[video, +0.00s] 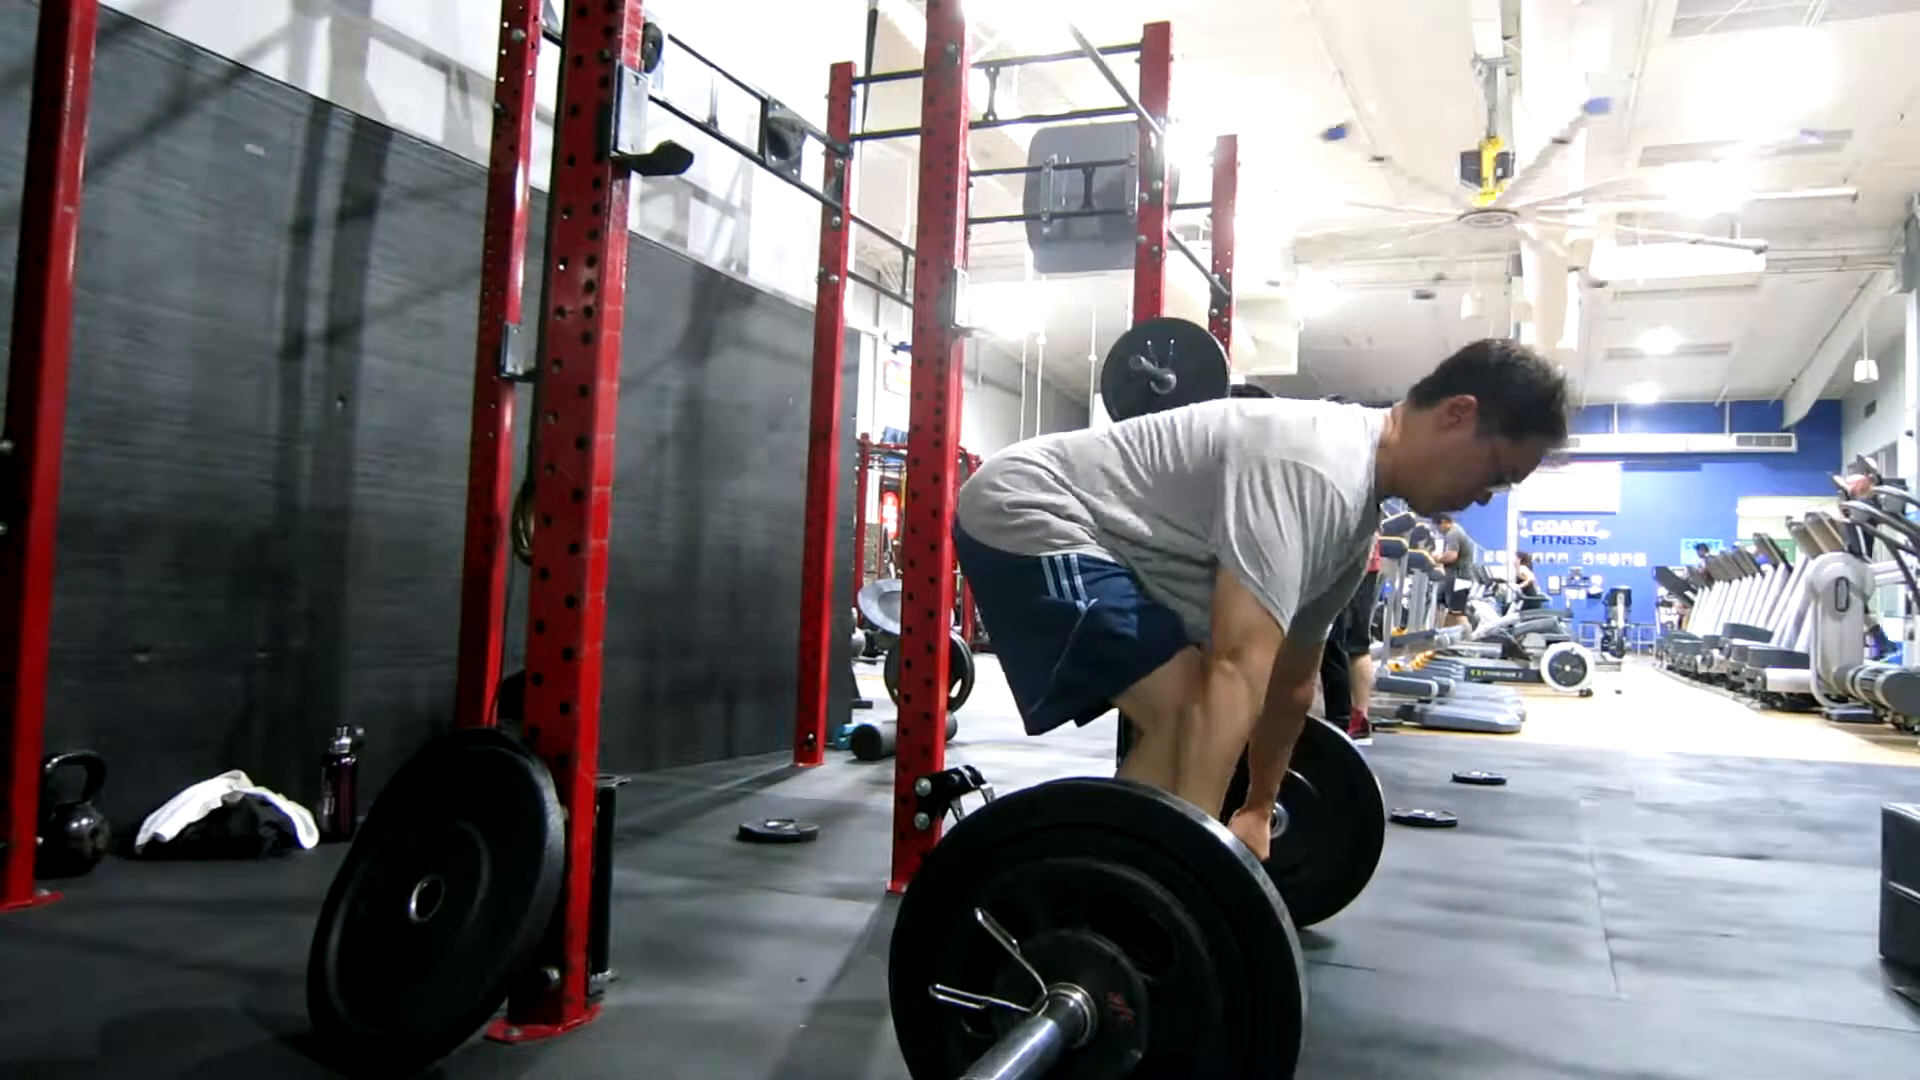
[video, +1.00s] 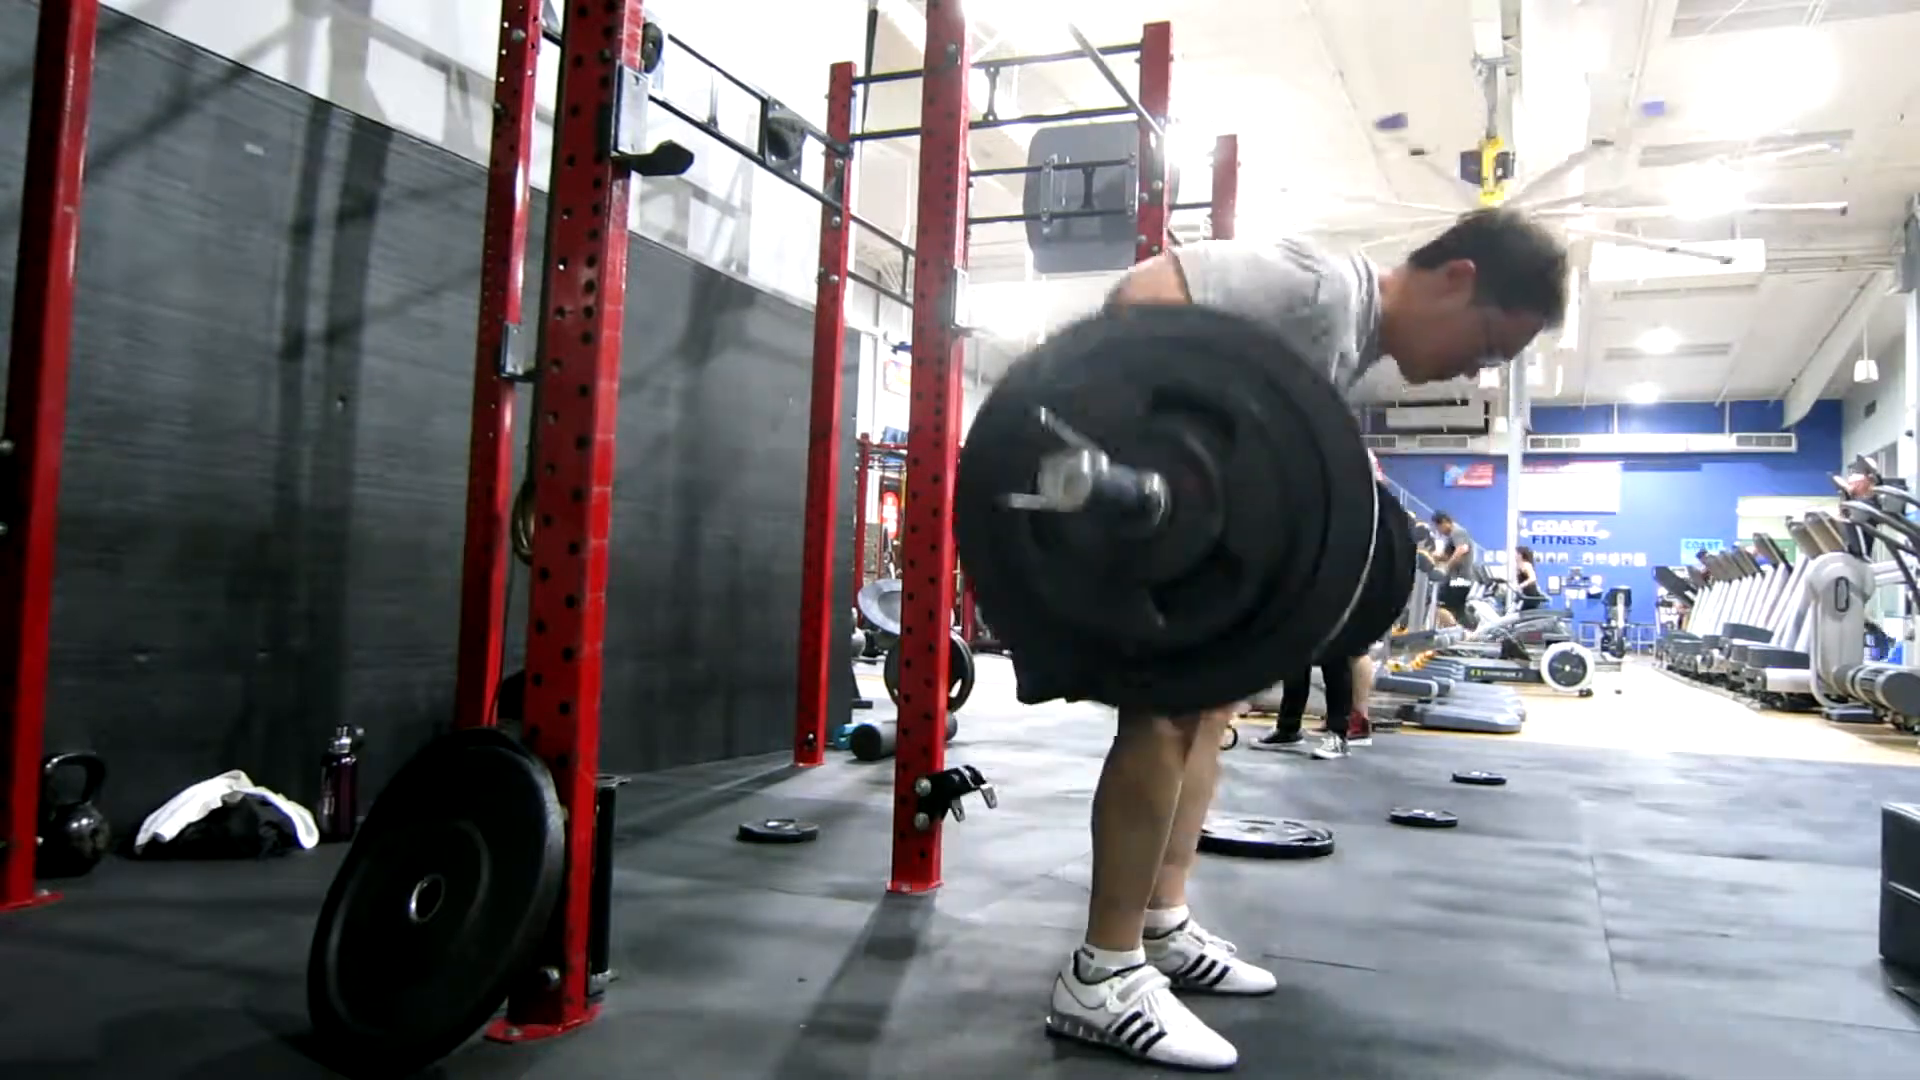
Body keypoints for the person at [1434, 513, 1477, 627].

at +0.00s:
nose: (1437, 529)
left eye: (1438, 526)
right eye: (1436, 526)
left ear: (1444, 522)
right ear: (1445, 522)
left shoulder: (1453, 533)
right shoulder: (1456, 532)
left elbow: (1452, 555)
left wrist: (1439, 559)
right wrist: (1441, 557)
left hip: (1459, 577)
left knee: (1457, 612)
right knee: (1451, 611)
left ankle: (1469, 642)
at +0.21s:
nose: (1438, 529)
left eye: (1438, 525)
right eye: (1437, 526)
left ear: (1445, 522)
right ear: (1446, 522)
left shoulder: (1456, 532)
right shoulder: (1454, 532)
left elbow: (1455, 554)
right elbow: (1451, 553)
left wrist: (1440, 556)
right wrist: (1441, 556)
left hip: (1458, 577)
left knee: (1445, 608)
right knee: (1456, 610)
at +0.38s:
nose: (1439, 531)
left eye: (1439, 527)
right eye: (1438, 528)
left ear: (1445, 523)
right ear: (1445, 523)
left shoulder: (1458, 533)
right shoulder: (1452, 535)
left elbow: (1458, 556)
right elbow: (1450, 555)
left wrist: (1440, 558)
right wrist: (1440, 558)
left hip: (1462, 579)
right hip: (1455, 578)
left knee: (1462, 614)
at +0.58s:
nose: (1438, 527)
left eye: (1438, 524)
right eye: (1436, 524)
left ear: (1444, 520)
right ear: (1444, 520)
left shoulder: (1456, 531)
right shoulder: (1453, 531)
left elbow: (1455, 554)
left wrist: (1439, 555)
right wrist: (1439, 555)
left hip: (1459, 576)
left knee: (1446, 609)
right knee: (1457, 610)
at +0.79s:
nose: (1438, 529)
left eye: (1438, 526)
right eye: (1437, 526)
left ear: (1443, 522)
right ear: (1443, 522)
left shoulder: (1454, 532)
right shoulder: (1450, 533)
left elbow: (1453, 555)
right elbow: (1446, 553)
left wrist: (1439, 559)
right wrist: (1439, 558)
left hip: (1461, 577)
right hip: (1453, 576)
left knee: (1457, 612)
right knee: (1449, 610)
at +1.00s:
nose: (1438, 529)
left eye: (1439, 525)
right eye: (1437, 526)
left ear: (1445, 522)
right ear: (1444, 522)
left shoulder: (1458, 532)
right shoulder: (1451, 536)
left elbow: (1463, 549)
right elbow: (1447, 555)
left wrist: (1447, 566)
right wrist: (1435, 557)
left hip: (1460, 579)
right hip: (1454, 578)